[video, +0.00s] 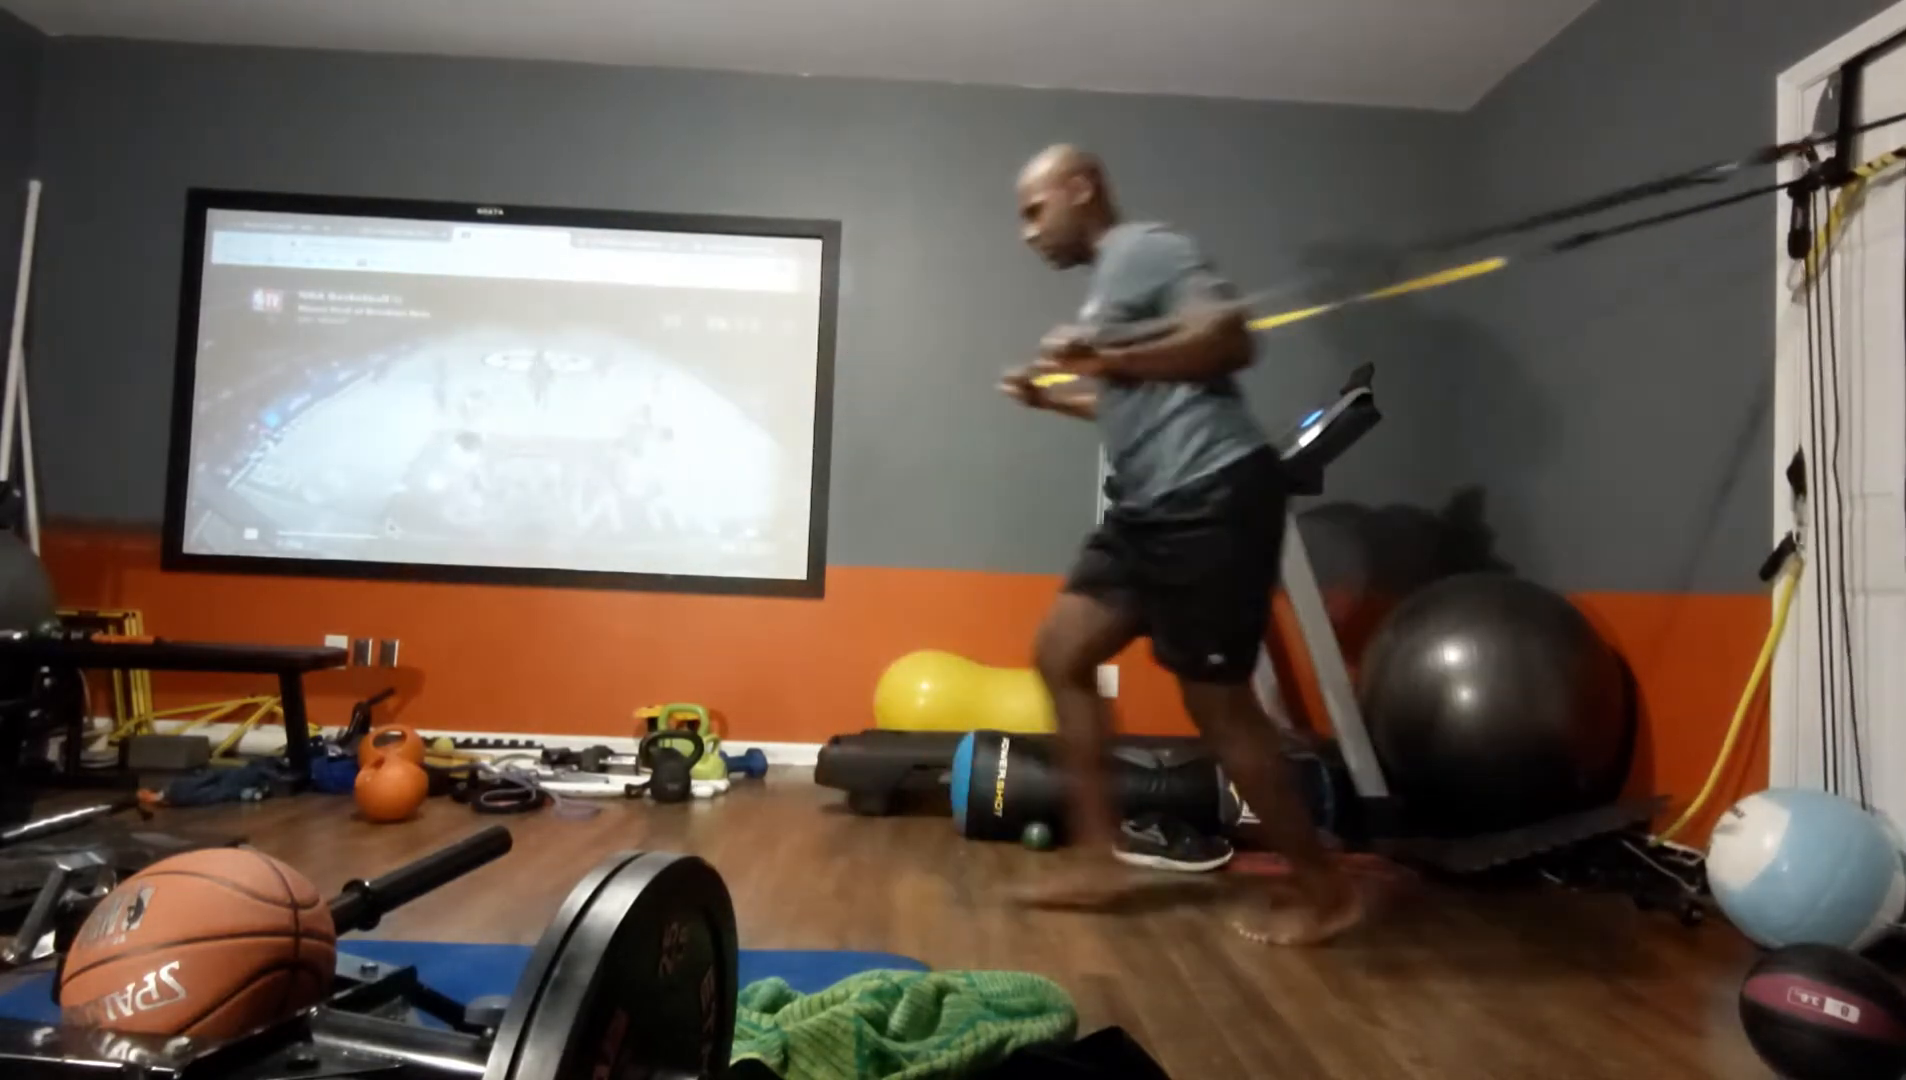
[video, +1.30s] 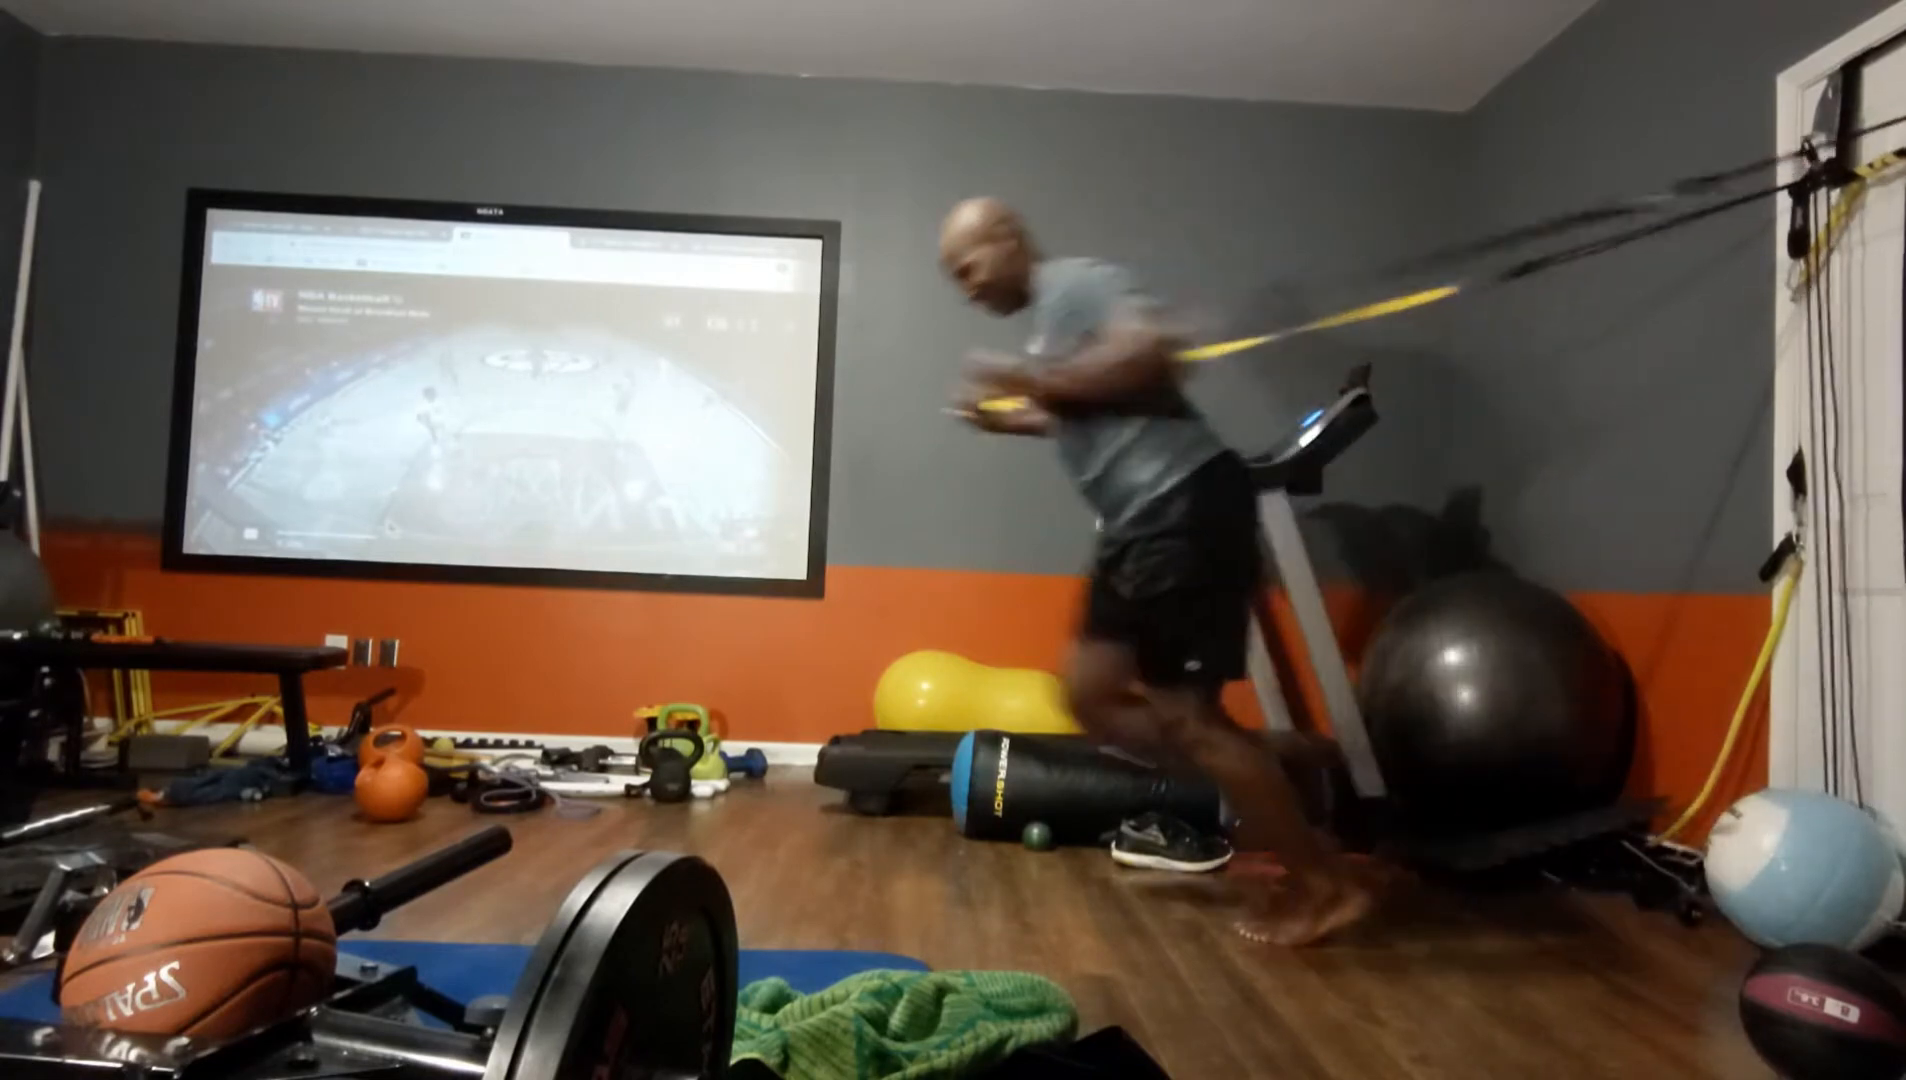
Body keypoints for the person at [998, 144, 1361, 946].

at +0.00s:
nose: (1028, 231)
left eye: (1035, 210)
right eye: (1022, 217)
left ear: (1084, 189)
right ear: (1074, 197)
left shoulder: (1147, 249)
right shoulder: (1103, 292)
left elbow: (1227, 338)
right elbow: (1135, 408)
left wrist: (1105, 355)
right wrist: (1058, 398)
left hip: (1219, 494)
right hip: (1152, 507)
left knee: (1221, 708)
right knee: (1062, 653)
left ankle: (1325, 886)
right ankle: (1099, 857)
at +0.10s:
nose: (1065, 218)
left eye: (1073, 196)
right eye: (1059, 203)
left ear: (1126, 180)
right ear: (1107, 193)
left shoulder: (1192, 240)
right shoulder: (1138, 282)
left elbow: (1285, 333)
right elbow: (1174, 389)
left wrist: (1175, 361)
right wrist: (1099, 392)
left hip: (1254, 486)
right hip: (1188, 499)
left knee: (1248, 704)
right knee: (1119, 661)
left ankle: (1329, 888)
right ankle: (1225, 843)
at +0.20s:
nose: (1102, 207)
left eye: (1113, 185)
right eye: (1099, 192)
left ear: (1166, 174)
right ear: (1149, 185)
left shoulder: (1227, 237)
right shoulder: (1167, 282)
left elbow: (1330, 323)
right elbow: (1207, 387)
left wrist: (1231, 356)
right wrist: (1137, 389)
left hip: (1277, 490)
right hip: (1214, 501)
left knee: (1261, 697)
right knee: (1187, 681)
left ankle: (1333, 898)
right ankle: (1318, 813)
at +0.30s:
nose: (1139, 203)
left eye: (1150, 184)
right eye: (1136, 189)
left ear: (1202, 179)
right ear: (1171, 191)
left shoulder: (1261, 243)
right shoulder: (1195, 289)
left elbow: (1364, 332)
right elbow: (1225, 395)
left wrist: (1267, 363)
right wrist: (1151, 395)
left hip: (1301, 492)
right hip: (1250, 501)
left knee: (1270, 700)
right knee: (1266, 697)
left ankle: (1332, 900)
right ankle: (1398, 822)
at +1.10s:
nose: (1071, 254)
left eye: (1078, 233)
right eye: (1064, 240)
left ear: (1128, 218)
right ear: (1098, 235)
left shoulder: (1191, 271)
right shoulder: (1138, 317)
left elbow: (1314, 344)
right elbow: (1180, 399)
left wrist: (1225, 382)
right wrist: (1125, 415)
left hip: (1262, 498)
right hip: (1243, 505)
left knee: (1208, 697)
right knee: (1308, 699)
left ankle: (1327, 889)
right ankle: (1445, 840)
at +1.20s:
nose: (1018, 269)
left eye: (1023, 246)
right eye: (1009, 256)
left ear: (1070, 224)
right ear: (1036, 249)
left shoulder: (1137, 272)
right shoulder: (1093, 316)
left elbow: (1257, 347)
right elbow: (1141, 410)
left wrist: (1158, 383)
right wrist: (1080, 418)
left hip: (1221, 497)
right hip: (1192, 509)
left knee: (1197, 709)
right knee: (1228, 705)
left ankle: (1327, 886)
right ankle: (1383, 814)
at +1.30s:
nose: (967, 285)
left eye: (971, 263)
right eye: (955, 275)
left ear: (1013, 239)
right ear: (962, 275)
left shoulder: (1076, 284)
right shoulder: (1040, 328)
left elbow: (1149, 359)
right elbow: (1085, 411)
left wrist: (1033, 381)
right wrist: (1010, 419)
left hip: (1190, 498)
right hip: (1133, 520)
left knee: (1185, 715)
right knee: (1096, 696)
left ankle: (1325, 878)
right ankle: (1271, 764)